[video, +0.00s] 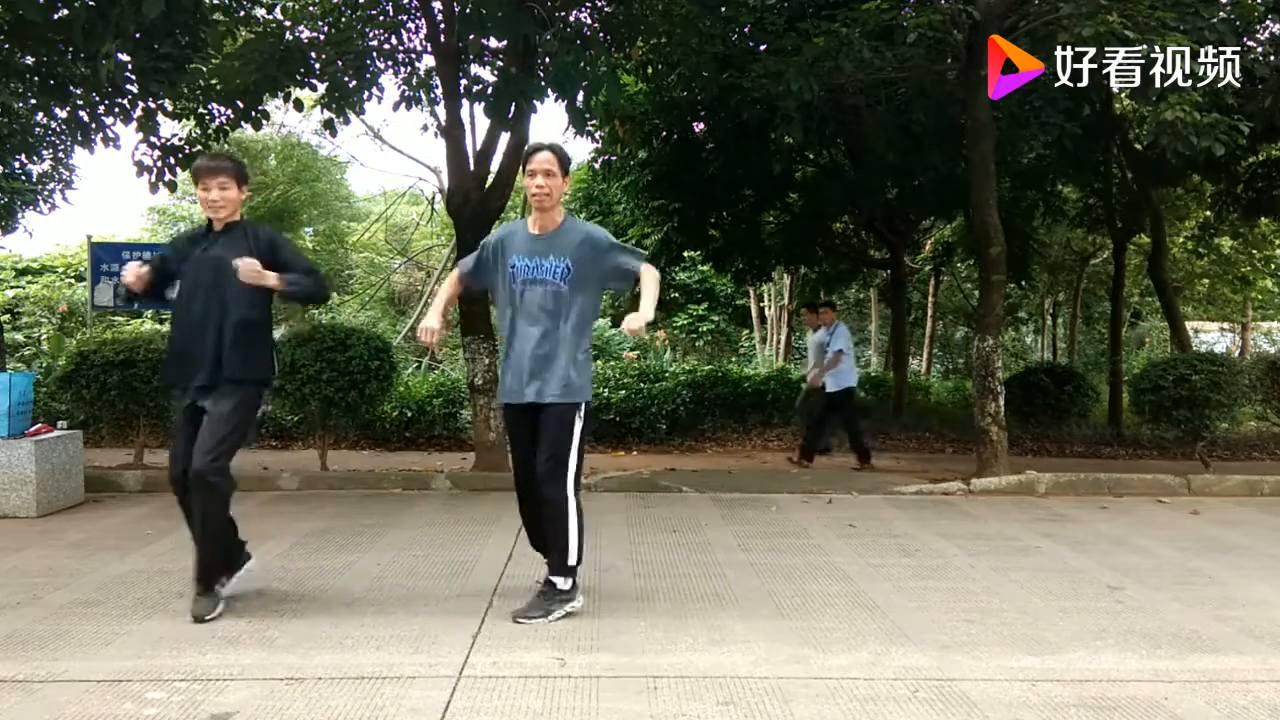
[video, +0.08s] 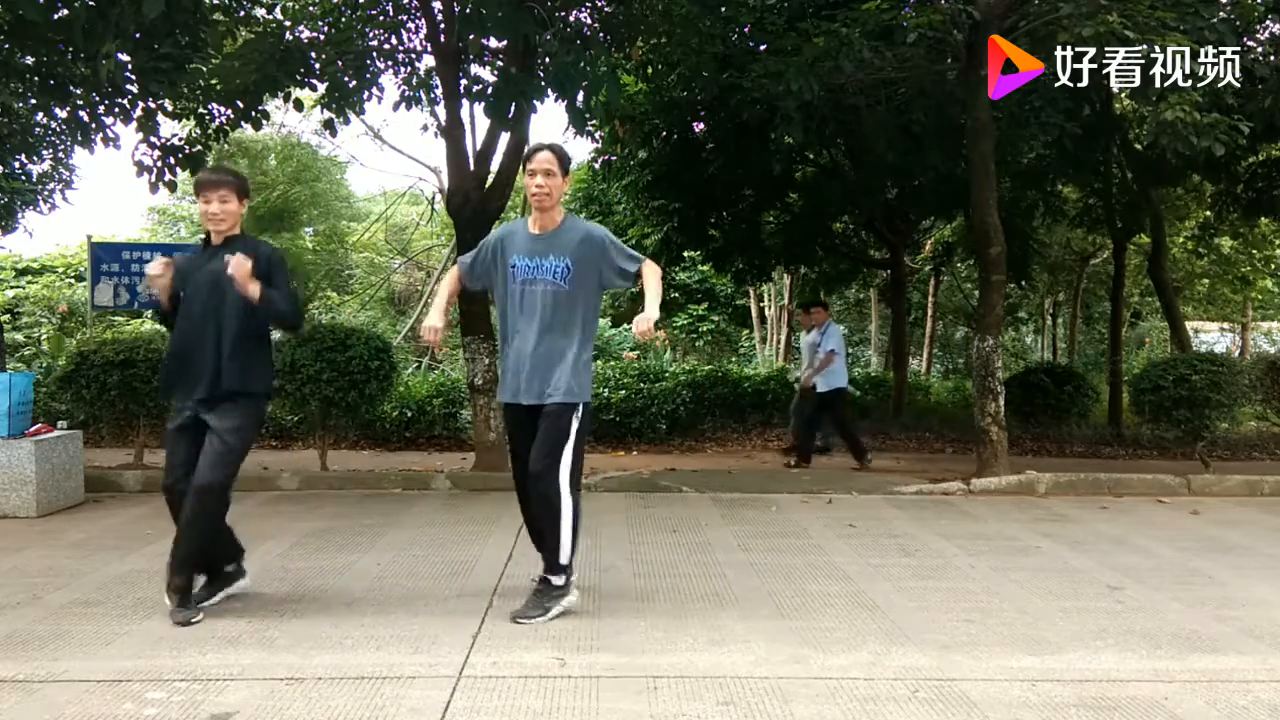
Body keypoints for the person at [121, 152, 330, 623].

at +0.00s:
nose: (214, 196)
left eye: (223, 188)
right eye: (206, 188)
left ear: (242, 193)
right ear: (197, 195)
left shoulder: (264, 242)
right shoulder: (186, 245)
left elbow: (316, 286)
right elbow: (153, 291)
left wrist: (272, 279)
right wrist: (140, 283)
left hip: (241, 379)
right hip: (191, 377)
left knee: (204, 469)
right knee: (181, 474)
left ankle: (207, 584)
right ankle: (231, 554)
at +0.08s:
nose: (215, 209)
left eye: (224, 200)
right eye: (206, 201)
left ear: (242, 205)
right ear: (198, 208)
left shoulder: (264, 256)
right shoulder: (187, 262)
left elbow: (292, 317)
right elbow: (178, 324)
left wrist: (252, 287)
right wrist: (164, 295)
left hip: (239, 393)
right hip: (189, 391)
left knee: (207, 484)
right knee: (176, 485)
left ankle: (179, 585)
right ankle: (225, 564)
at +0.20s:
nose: (221, 206)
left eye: (229, 197)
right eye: (213, 199)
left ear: (247, 200)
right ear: (204, 204)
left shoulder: (270, 252)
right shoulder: (197, 255)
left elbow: (287, 315)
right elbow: (168, 316)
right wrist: (175, 278)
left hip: (245, 375)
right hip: (202, 376)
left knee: (203, 439)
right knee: (208, 470)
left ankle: (200, 554)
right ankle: (232, 570)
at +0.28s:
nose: (231, 199)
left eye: (239, 190)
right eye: (223, 191)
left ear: (254, 192)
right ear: (213, 194)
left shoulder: (277, 245)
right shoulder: (197, 242)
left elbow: (293, 314)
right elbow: (164, 303)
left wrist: (298, 374)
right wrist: (175, 271)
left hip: (259, 353)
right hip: (208, 358)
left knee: (210, 394)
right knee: (225, 458)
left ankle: (208, 510)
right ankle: (233, 568)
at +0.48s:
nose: (254, 214)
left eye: (264, 206)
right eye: (246, 205)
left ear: (277, 208)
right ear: (232, 205)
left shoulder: (297, 261)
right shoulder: (211, 257)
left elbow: (330, 317)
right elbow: (178, 307)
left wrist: (352, 369)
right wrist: (181, 322)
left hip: (284, 365)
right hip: (228, 369)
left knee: (226, 349)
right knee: (231, 462)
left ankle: (249, 458)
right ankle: (255, 562)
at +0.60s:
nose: (272, 207)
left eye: (281, 198)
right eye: (263, 197)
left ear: (293, 198)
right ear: (248, 195)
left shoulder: (311, 245)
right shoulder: (225, 245)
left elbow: (337, 302)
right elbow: (209, 308)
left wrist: (355, 355)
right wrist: (207, 367)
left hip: (291, 355)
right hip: (243, 360)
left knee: (261, 400)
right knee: (249, 455)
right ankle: (257, 549)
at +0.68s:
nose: (280, 216)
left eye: (289, 208)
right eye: (272, 207)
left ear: (302, 208)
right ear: (258, 205)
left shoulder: (319, 256)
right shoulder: (235, 258)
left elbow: (342, 310)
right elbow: (216, 322)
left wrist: (358, 351)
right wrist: (216, 382)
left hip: (300, 372)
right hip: (248, 375)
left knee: (282, 434)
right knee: (255, 457)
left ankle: (304, 550)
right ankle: (268, 544)